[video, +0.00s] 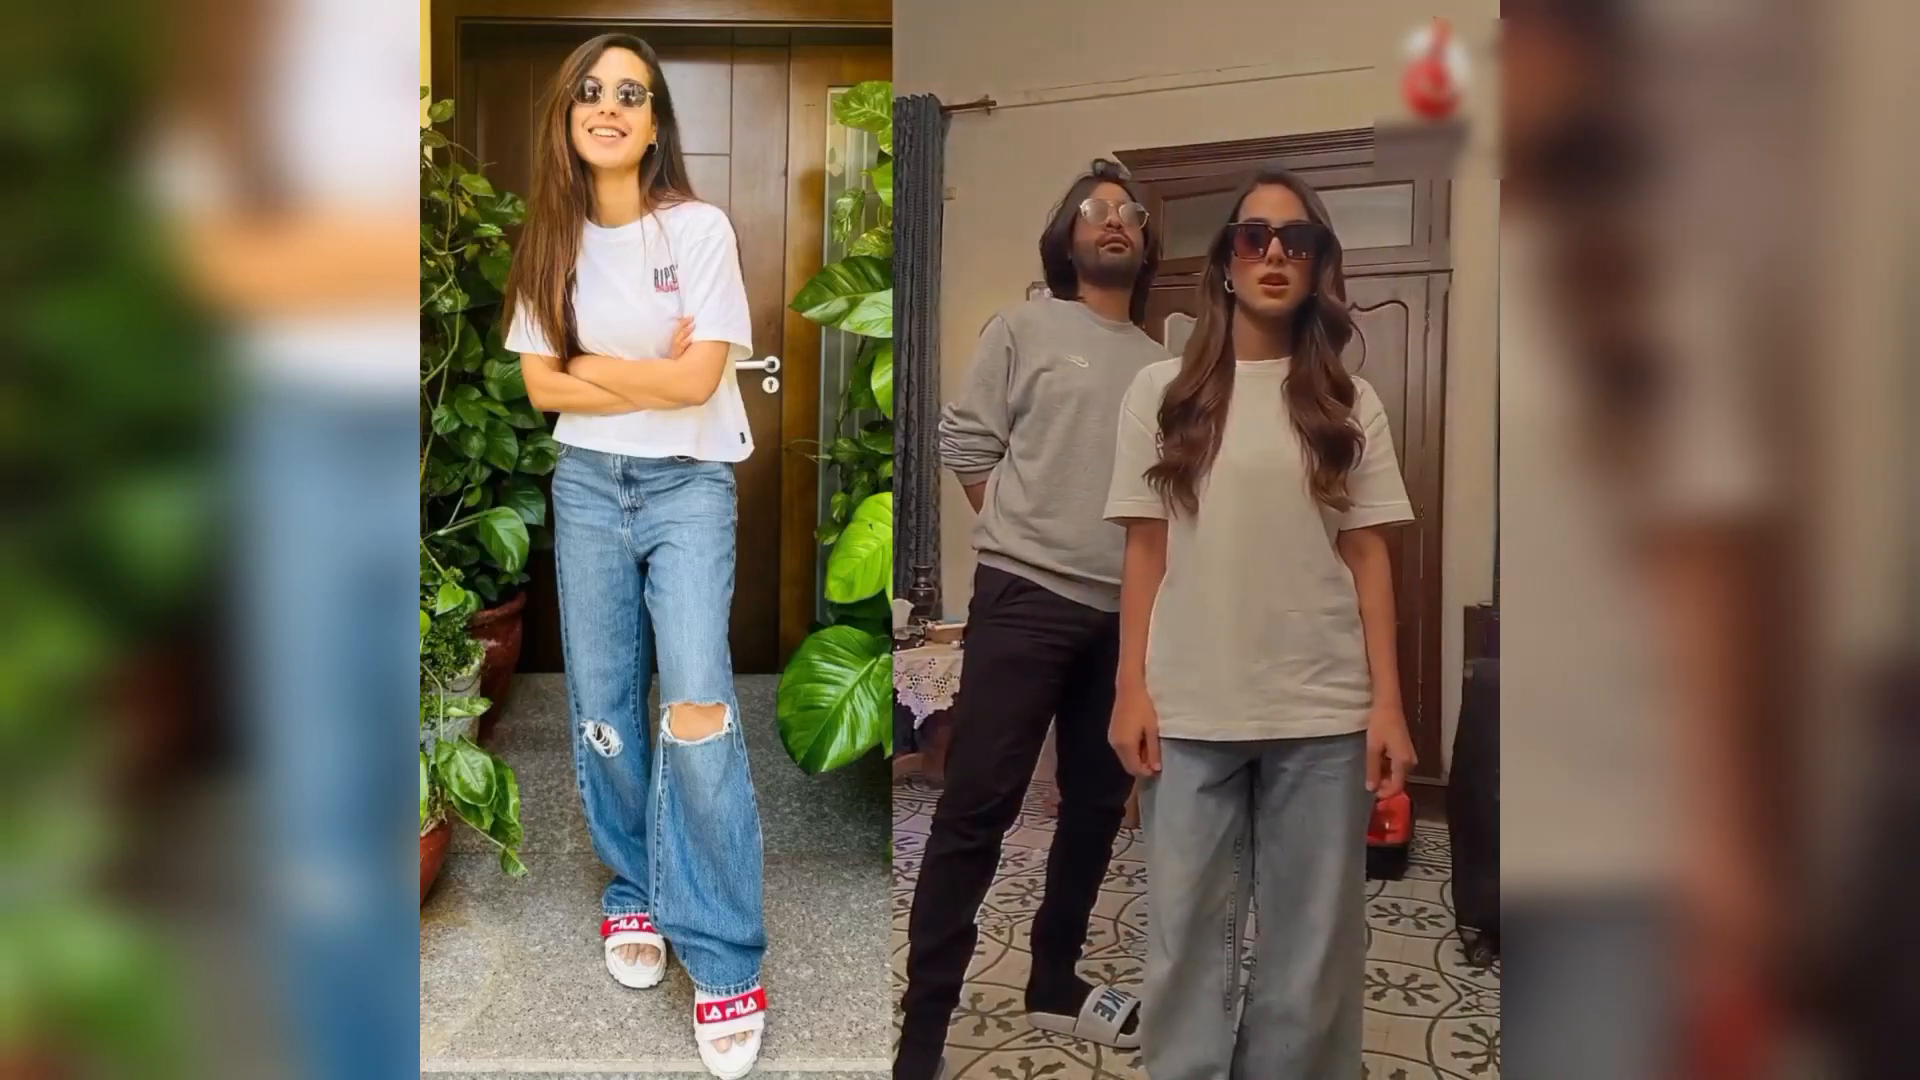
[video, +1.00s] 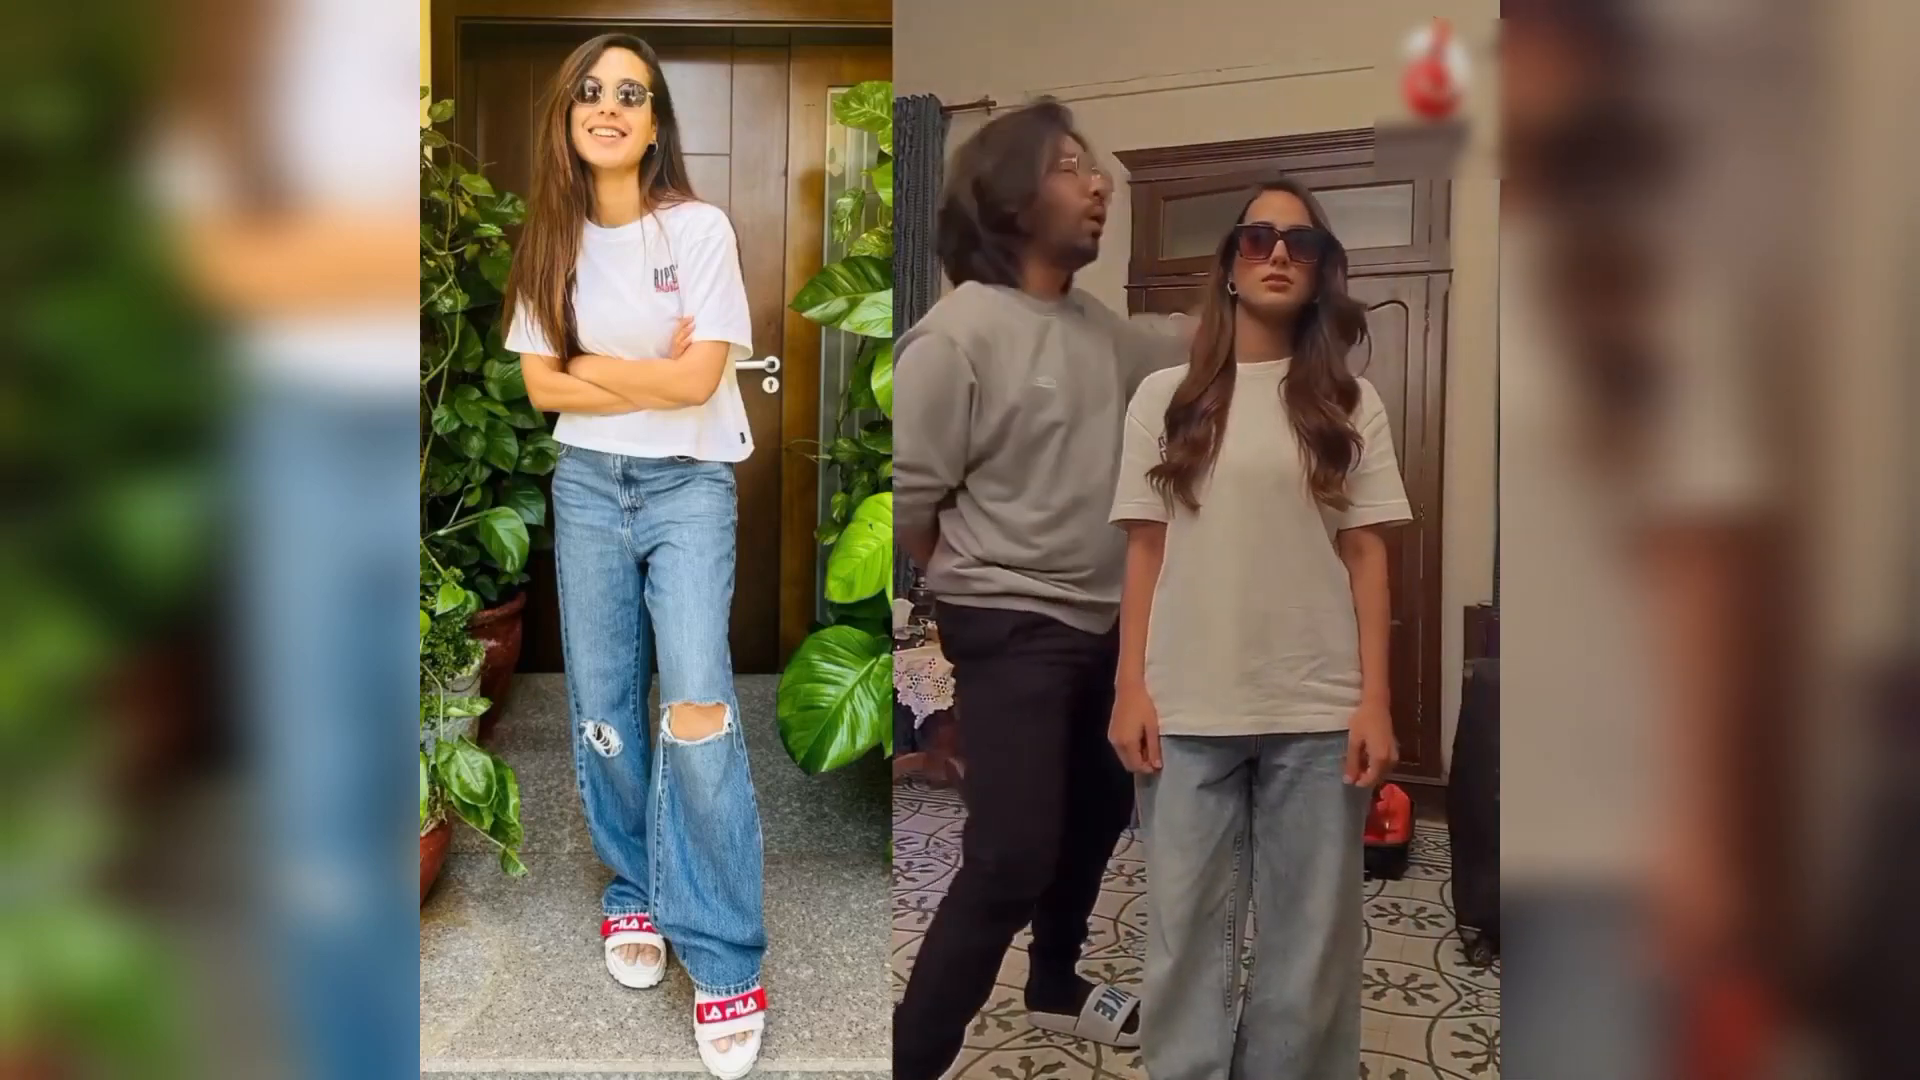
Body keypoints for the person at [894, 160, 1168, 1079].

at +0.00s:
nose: (1119, 220)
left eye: (1130, 210)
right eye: (1098, 210)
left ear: (1148, 240)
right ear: (1066, 239)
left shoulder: (1166, 360)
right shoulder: (1022, 326)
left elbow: (1179, 492)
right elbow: (972, 458)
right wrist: (1018, 553)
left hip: (1127, 608)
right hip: (1022, 598)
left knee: (1096, 804)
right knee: (975, 812)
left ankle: (1056, 985)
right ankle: (923, 1033)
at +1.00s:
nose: (1100, 186)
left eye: (1096, 170)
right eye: (1073, 168)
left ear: (1088, 192)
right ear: (1009, 192)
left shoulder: (1106, 329)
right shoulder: (955, 333)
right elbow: (908, 516)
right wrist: (951, 591)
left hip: (1107, 620)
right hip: (1002, 622)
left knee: (1092, 816)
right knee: (1011, 866)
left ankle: (1055, 986)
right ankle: (914, 1064)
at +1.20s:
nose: (1075, 240)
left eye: (1075, 220)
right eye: (1056, 219)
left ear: (1037, 231)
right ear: (992, 226)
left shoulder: (1053, 324)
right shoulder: (939, 360)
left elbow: (1124, 333)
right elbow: (921, 544)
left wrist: (1168, 239)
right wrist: (925, 613)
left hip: (1108, 614)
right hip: (1029, 627)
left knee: (1114, 823)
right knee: (1045, 868)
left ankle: (1055, 987)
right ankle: (916, 1062)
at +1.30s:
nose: (1076, 231)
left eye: (1072, 212)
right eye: (1055, 211)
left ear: (1028, 230)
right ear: (995, 227)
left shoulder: (1064, 332)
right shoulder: (942, 368)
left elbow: (1125, 338)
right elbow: (921, 550)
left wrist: (1166, 242)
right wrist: (938, 611)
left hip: (1111, 617)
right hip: (1030, 629)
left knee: (1118, 827)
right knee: (1044, 869)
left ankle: (1055, 987)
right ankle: (916, 1062)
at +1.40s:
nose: (1077, 200)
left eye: (1068, 185)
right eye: (1053, 188)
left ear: (1035, 216)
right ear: (1001, 217)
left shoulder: (1077, 329)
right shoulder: (961, 346)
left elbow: (1141, 325)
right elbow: (923, 527)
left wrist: (1195, 226)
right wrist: (942, 599)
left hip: (1111, 619)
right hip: (1025, 624)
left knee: (1110, 820)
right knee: (1028, 859)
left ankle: (1056, 982)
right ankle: (913, 1059)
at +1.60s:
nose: (1086, 186)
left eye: (1089, 176)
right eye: (1058, 176)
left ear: (1104, 210)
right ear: (1013, 213)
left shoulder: (1139, 346)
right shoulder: (1010, 316)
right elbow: (941, 462)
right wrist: (976, 559)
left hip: (1115, 610)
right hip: (1024, 603)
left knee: (1089, 812)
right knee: (990, 834)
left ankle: (1056, 987)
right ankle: (912, 1053)